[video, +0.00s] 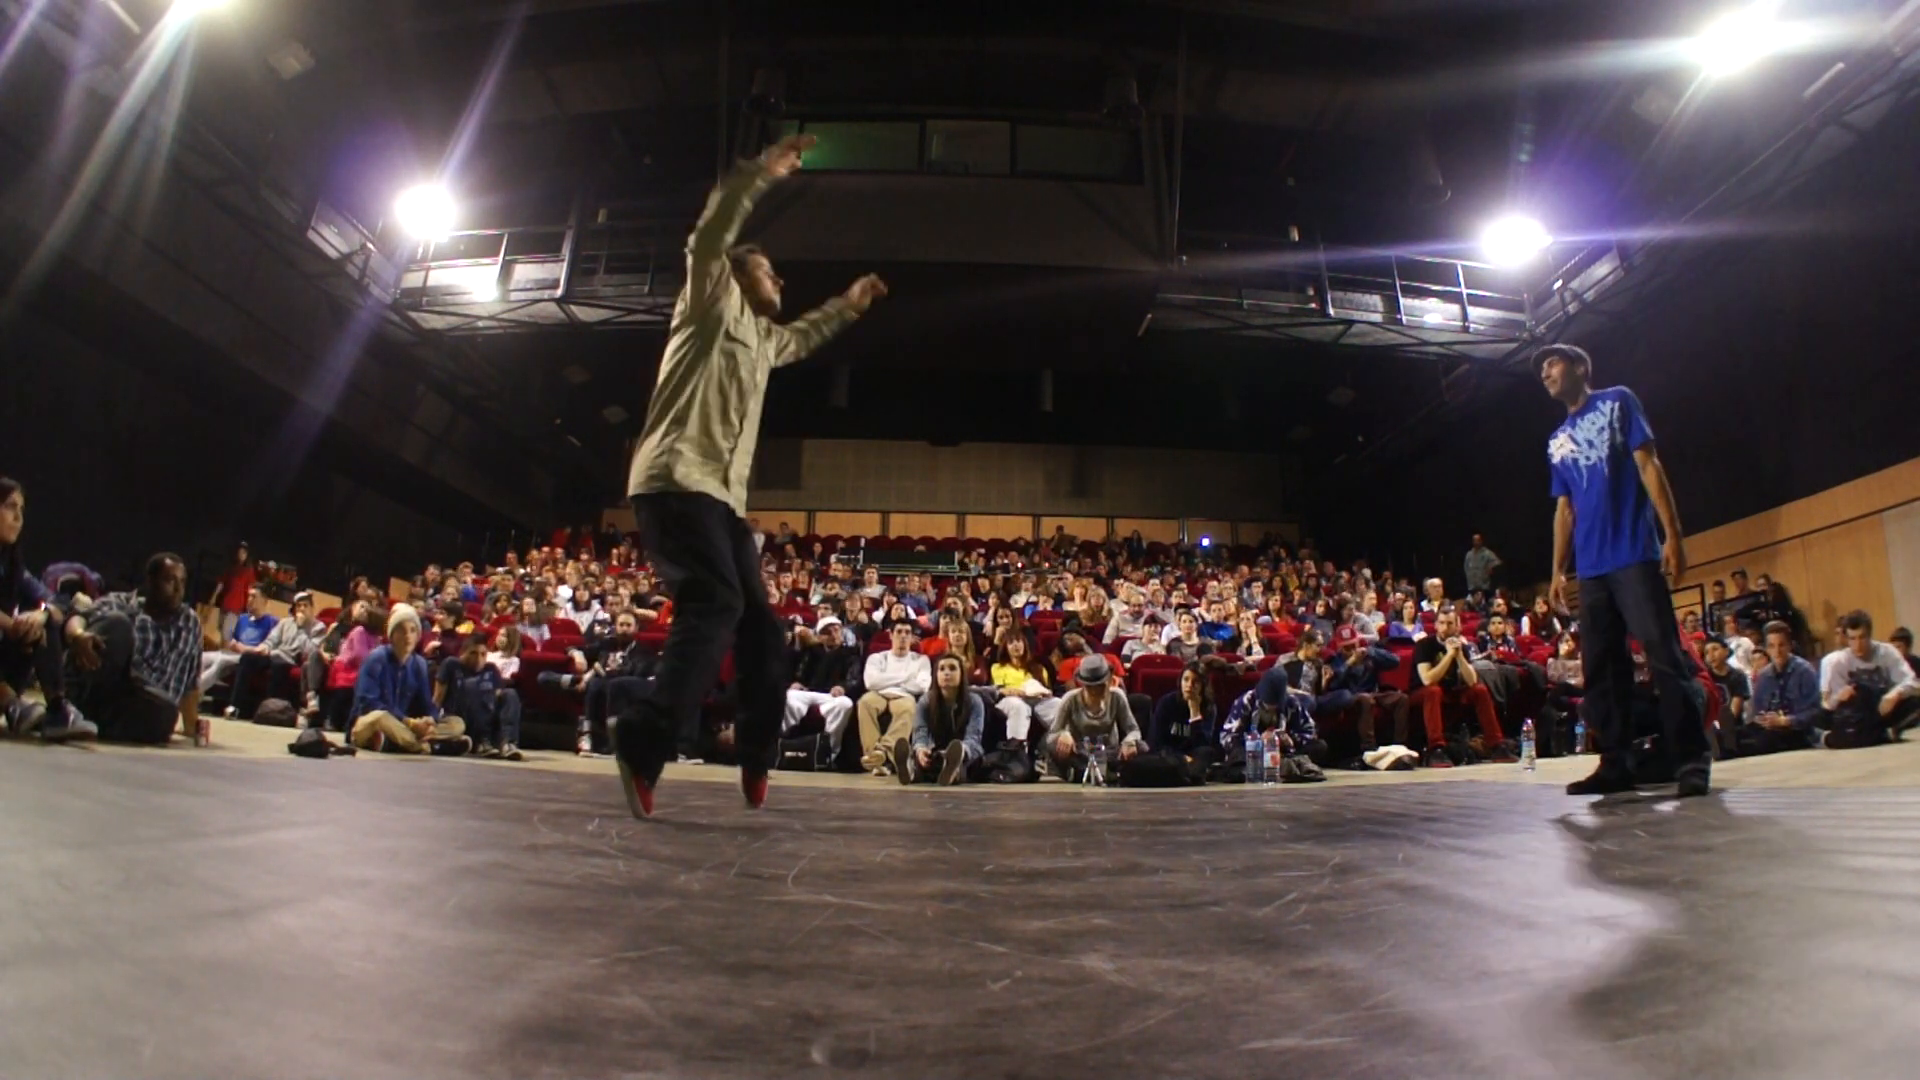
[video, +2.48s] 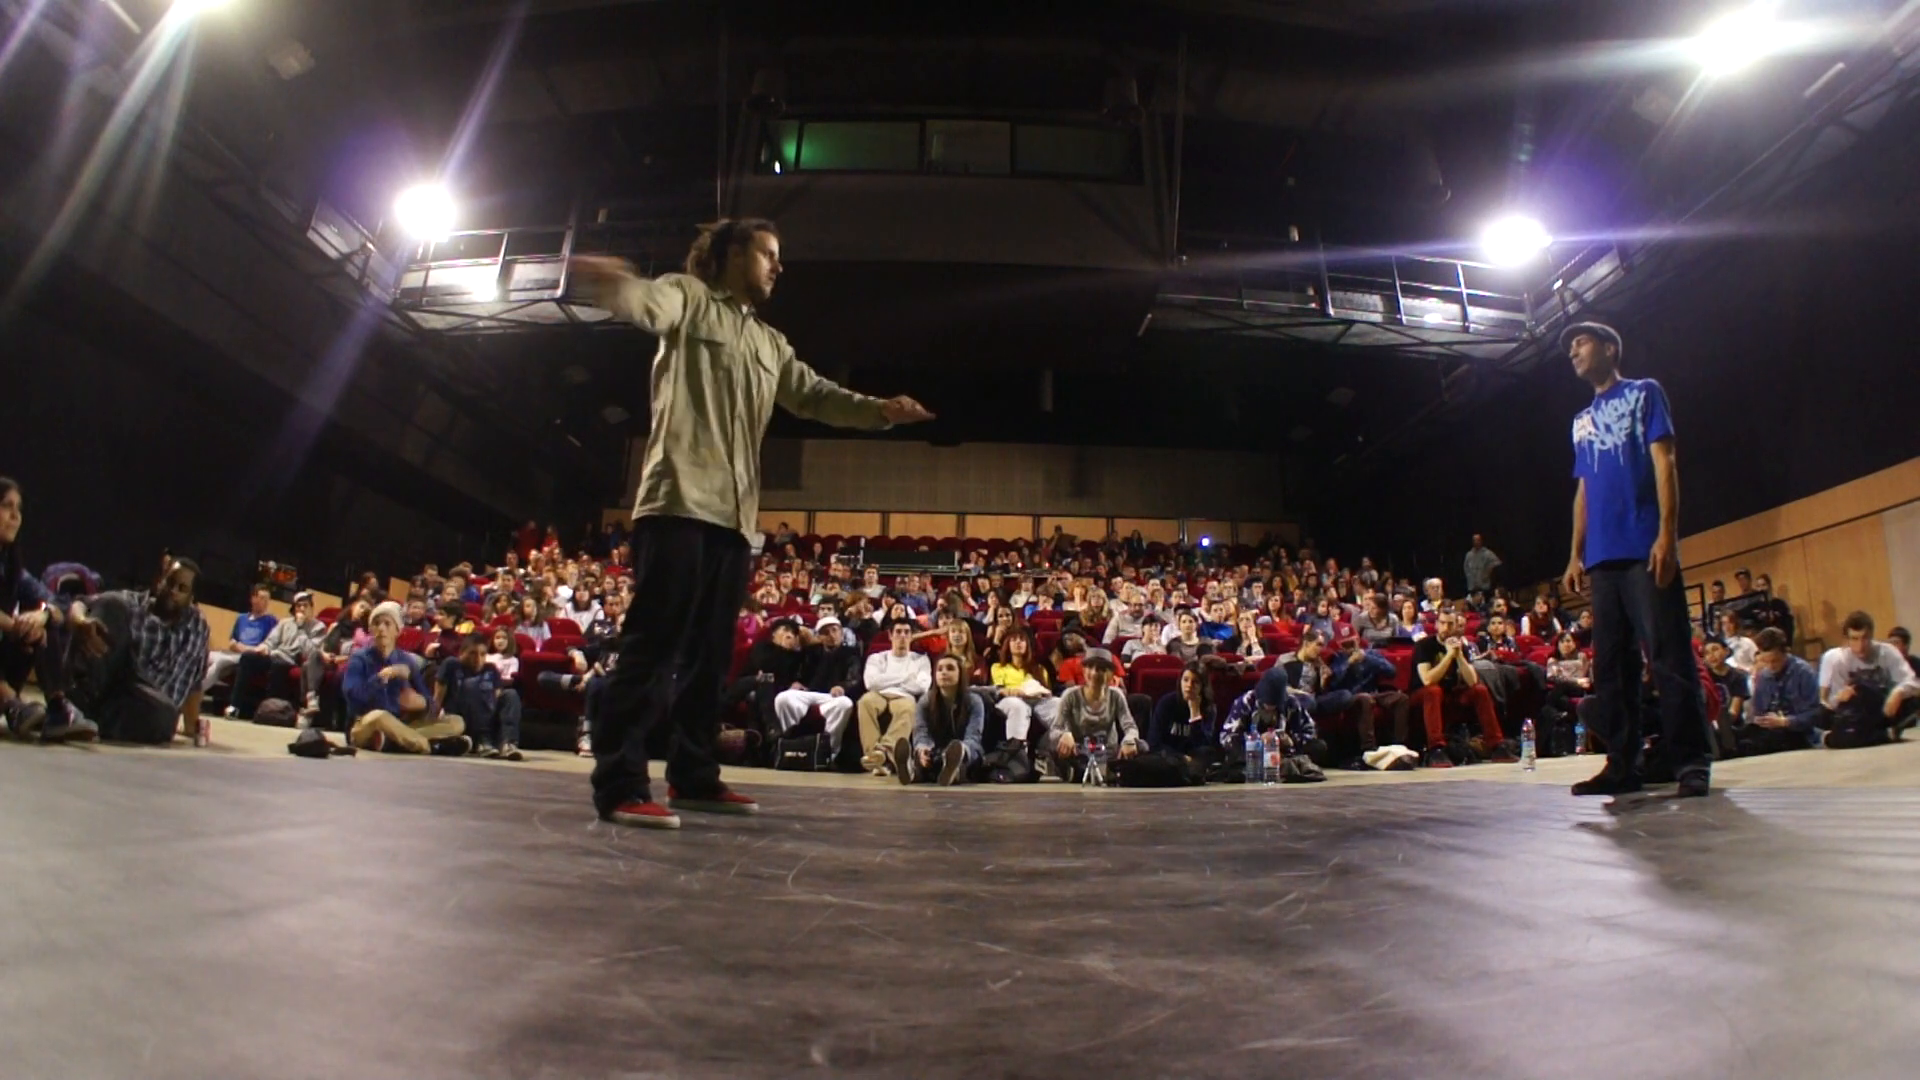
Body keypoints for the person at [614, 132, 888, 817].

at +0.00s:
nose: (776, 278)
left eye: (776, 271)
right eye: (766, 269)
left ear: (766, 283)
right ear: (736, 273)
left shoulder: (768, 338)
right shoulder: (712, 302)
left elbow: (803, 335)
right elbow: (711, 241)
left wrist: (847, 305)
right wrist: (761, 173)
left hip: (722, 497)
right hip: (673, 481)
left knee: (761, 623)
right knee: (715, 601)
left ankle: (757, 751)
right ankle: (646, 741)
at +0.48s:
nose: (796, 312)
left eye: (799, 304)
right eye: (788, 299)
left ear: (790, 312)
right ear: (753, 295)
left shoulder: (774, 366)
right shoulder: (708, 318)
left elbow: (810, 409)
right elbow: (651, 313)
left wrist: (862, 438)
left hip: (725, 505)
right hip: (671, 486)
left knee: (764, 630)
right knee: (705, 613)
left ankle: (769, 750)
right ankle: (633, 747)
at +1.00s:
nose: (791, 304)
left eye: (792, 296)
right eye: (783, 293)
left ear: (768, 302)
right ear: (749, 293)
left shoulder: (766, 365)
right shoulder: (718, 330)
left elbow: (801, 402)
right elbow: (672, 335)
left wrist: (840, 440)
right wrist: (749, 369)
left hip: (733, 528)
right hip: (685, 513)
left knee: (716, 662)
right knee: (643, 645)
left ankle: (692, 775)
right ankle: (589, 773)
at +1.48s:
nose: (783, 290)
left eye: (783, 283)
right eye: (775, 279)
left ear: (763, 290)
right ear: (742, 281)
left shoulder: (765, 365)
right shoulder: (710, 324)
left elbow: (831, 408)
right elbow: (641, 387)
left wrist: (881, 357)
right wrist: (611, 462)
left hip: (722, 484)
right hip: (702, 471)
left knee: (686, 632)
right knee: (830, 489)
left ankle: (690, 776)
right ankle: (881, 622)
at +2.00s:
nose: (767, 280)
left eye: (775, 274)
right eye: (759, 267)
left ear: (777, 282)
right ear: (726, 261)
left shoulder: (777, 346)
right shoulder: (671, 314)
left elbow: (821, 409)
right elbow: (602, 367)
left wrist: (833, 382)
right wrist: (642, 425)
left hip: (742, 517)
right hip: (678, 504)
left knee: (710, 653)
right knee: (640, 643)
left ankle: (695, 781)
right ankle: (616, 787)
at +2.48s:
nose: (777, 266)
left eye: (778, 259)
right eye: (768, 254)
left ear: (759, 265)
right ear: (729, 254)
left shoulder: (771, 343)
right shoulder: (691, 296)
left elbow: (814, 392)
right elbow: (649, 298)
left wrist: (880, 410)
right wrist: (611, 282)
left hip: (733, 511)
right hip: (677, 498)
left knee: (709, 652)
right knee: (652, 645)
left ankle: (694, 779)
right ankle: (619, 787)